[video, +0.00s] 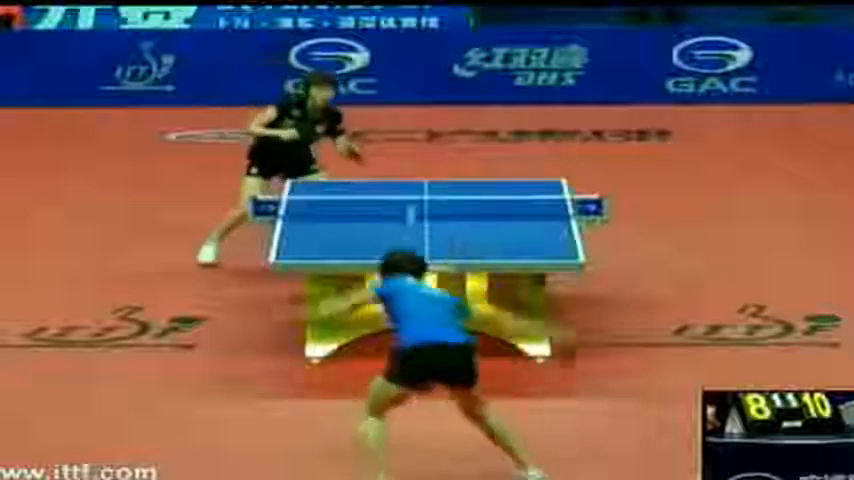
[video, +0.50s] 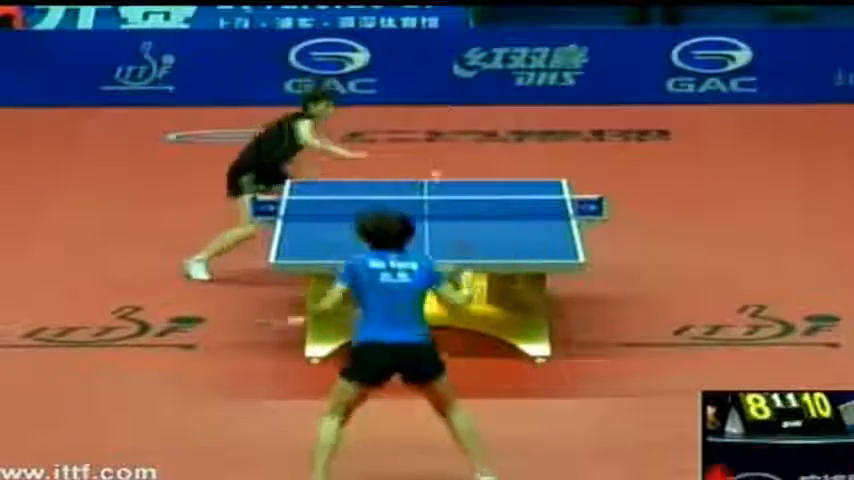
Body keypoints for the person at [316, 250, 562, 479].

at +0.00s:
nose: (382, 279)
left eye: (384, 274)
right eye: (385, 274)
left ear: (389, 273)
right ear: (420, 273)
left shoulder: (390, 285)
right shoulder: (444, 296)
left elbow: (348, 303)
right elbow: (492, 318)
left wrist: (319, 313)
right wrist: (535, 334)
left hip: (417, 352)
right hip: (459, 352)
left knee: (374, 414)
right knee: (477, 411)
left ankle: (379, 472)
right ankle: (529, 468)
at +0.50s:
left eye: (365, 235)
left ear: (369, 238)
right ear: (405, 238)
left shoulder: (358, 264)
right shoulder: (420, 264)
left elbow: (329, 304)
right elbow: (454, 301)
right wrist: (466, 291)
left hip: (371, 348)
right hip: (416, 348)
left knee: (336, 414)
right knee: (451, 408)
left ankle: (319, 473)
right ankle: (482, 470)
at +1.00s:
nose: (370, 261)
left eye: (373, 256)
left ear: (378, 258)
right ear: (412, 257)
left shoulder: (367, 286)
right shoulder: (434, 285)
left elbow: (336, 321)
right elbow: (456, 321)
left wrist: (326, 314)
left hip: (380, 367)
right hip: (428, 368)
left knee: (328, 424)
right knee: (472, 428)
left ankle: (310, 475)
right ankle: (501, 476)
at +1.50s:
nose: (170, 316)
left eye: (170, 308)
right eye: (169, 308)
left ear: (178, 306)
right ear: (201, 299)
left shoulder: (193, 317)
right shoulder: (222, 320)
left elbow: (179, 295)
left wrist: (157, 271)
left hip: (239, 391)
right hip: (275, 386)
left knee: (167, 427)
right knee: (329, 438)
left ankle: (177, 477)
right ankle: (402, 475)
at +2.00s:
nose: (195, 238)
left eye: (198, 233)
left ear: (205, 238)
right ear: (239, 236)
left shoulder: (197, 266)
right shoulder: (260, 262)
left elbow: (163, 304)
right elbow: (314, 285)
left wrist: (131, 318)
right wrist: (330, 270)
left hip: (225, 349)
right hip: (269, 345)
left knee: (195, 420)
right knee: (305, 404)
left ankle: (185, 474)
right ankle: (337, 465)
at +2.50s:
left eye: (259, 233)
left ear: (264, 239)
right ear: (299, 239)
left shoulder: (253, 268)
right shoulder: (316, 268)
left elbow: (219, 301)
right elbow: (355, 302)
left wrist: (209, 318)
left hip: (264, 351)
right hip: (310, 350)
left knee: (225, 411)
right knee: (347, 405)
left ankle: (201, 473)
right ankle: (370, 468)